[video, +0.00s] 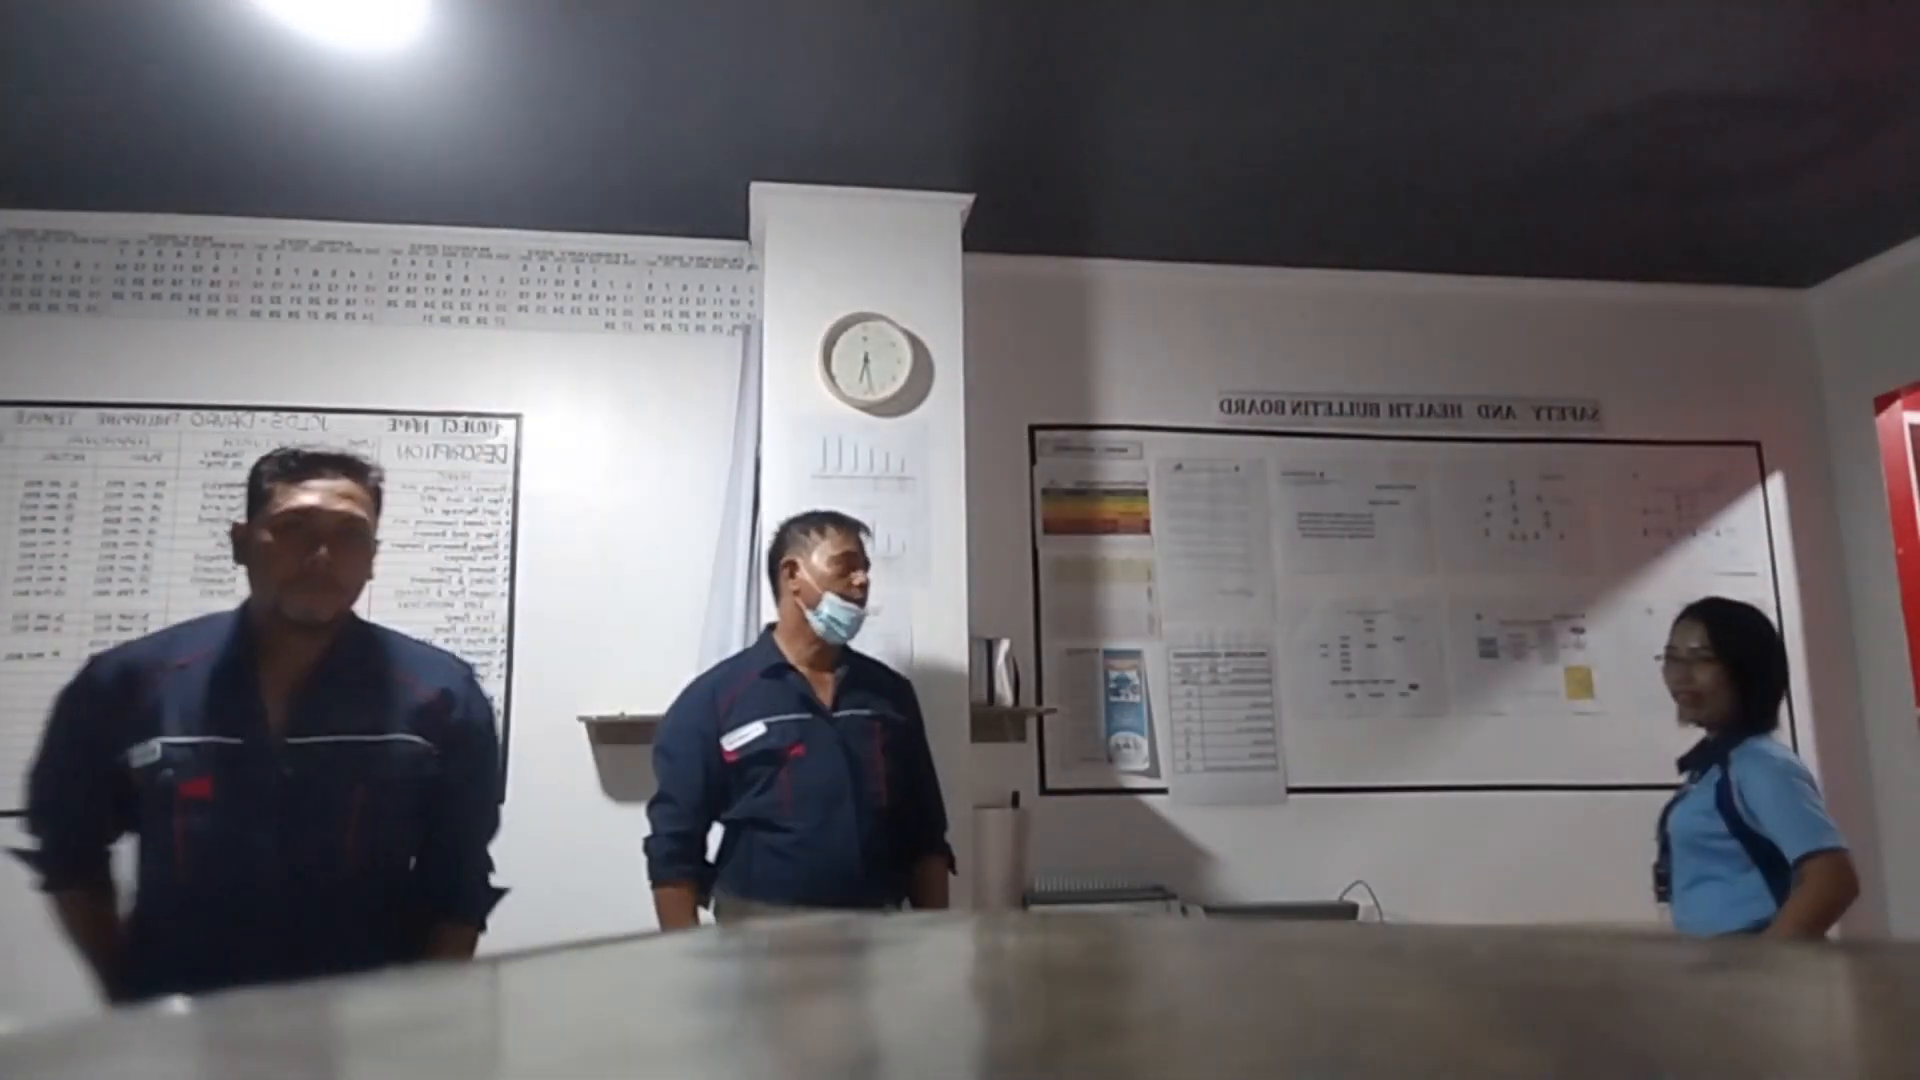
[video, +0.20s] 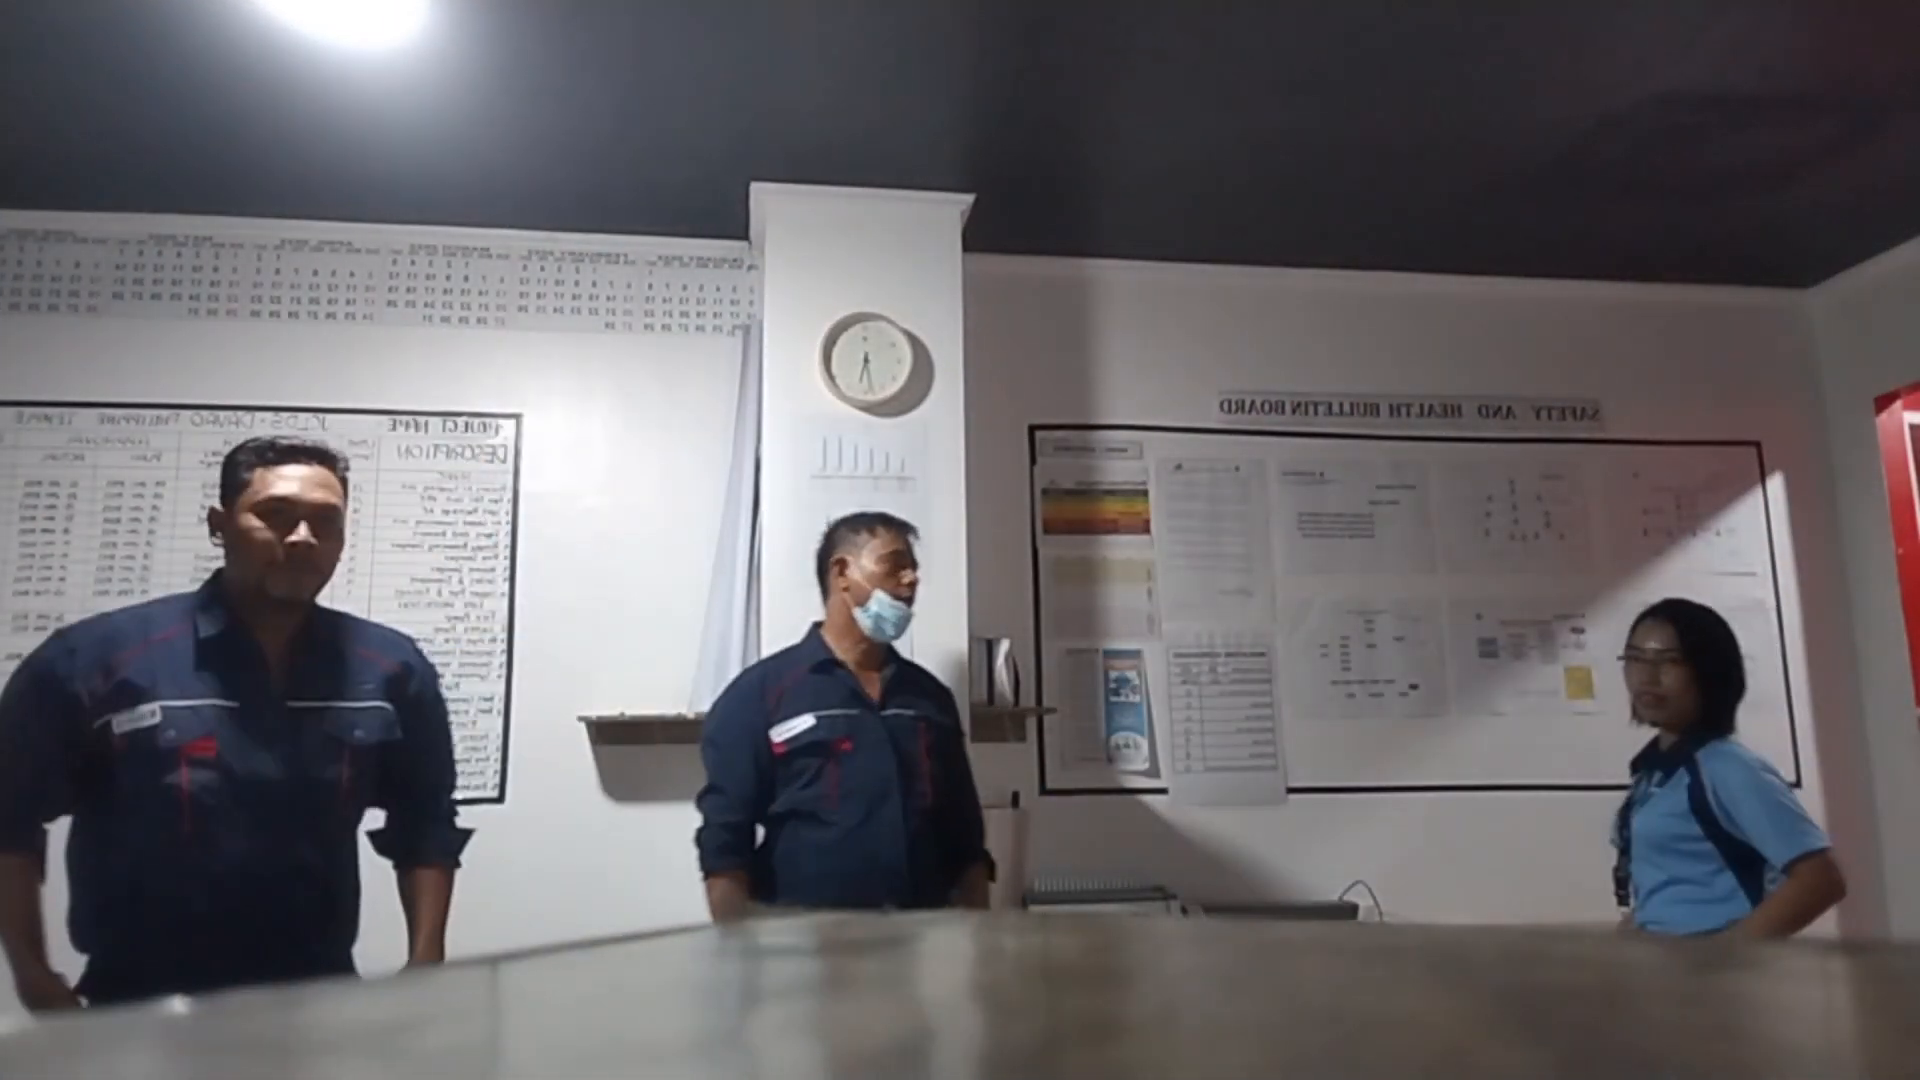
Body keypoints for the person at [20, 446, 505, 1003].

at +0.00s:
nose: (322, 555)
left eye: (348, 536)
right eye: (297, 530)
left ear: (373, 559)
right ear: (243, 544)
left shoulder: (443, 699)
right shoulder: (126, 690)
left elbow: (459, 896)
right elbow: (68, 857)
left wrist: (415, 1032)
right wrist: (137, 998)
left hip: (367, 1030)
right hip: (182, 1030)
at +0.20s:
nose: (302, 537)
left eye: (323, 520)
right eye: (275, 515)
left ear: (344, 538)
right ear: (221, 526)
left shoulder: (390, 671)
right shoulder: (87, 664)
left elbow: (426, 828)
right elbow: (12, 824)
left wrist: (426, 967)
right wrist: (33, 978)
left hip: (314, 1009)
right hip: (138, 1014)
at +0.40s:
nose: (306, 553)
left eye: (322, 539)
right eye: (282, 531)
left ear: (335, 556)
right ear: (221, 542)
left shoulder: (353, 679)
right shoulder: (115, 670)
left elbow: (393, 793)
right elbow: (3, 780)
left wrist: (396, 909)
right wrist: (7, 934)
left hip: (288, 1004)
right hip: (145, 1009)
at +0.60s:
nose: (321, 595)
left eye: (335, 581)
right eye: (297, 576)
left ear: (348, 596)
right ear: (243, 591)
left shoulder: (344, 723)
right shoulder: (137, 706)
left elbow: (370, 837)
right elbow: (31, 838)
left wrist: (398, 940)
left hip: (261, 1010)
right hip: (133, 1018)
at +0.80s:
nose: (327, 593)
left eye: (342, 578)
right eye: (306, 573)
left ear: (353, 594)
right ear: (255, 584)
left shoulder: (334, 712)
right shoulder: (157, 686)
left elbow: (322, 859)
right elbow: (84, 840)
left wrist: (332, 978)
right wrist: (56, 983)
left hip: (245, 996)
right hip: (130, 996)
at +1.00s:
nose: (311, 594)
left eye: (325, 579)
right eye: (290, 574)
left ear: (337, 597)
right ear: (241, 585)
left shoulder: (327, 717)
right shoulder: (141, 688)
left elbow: (293, 859)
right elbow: (80, 853)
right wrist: (35, 998)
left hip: (252, 1000)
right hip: (133, 1000)